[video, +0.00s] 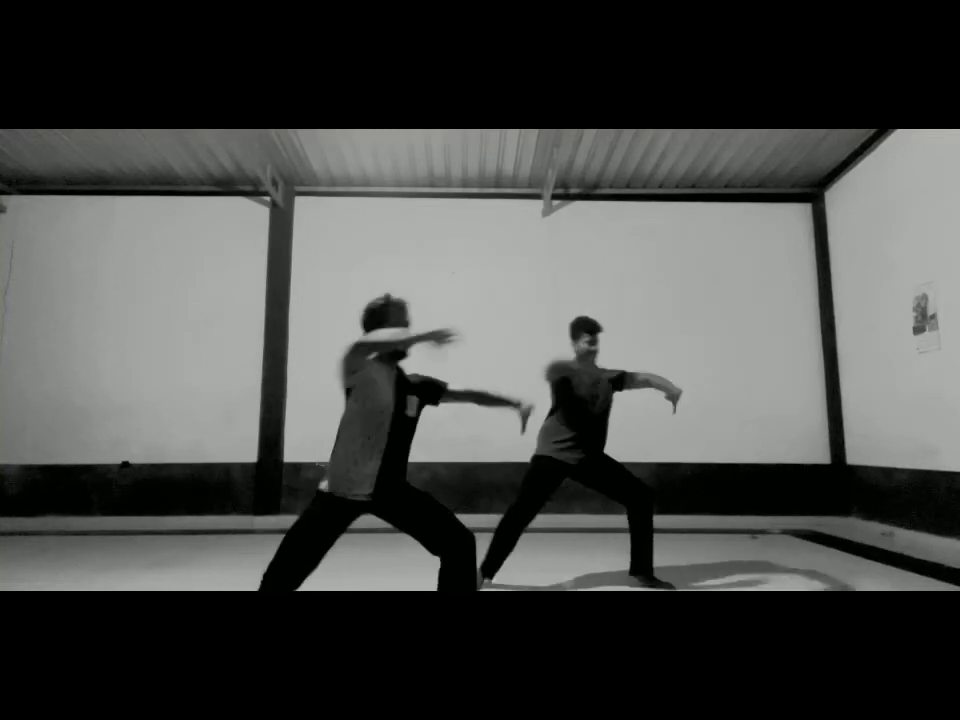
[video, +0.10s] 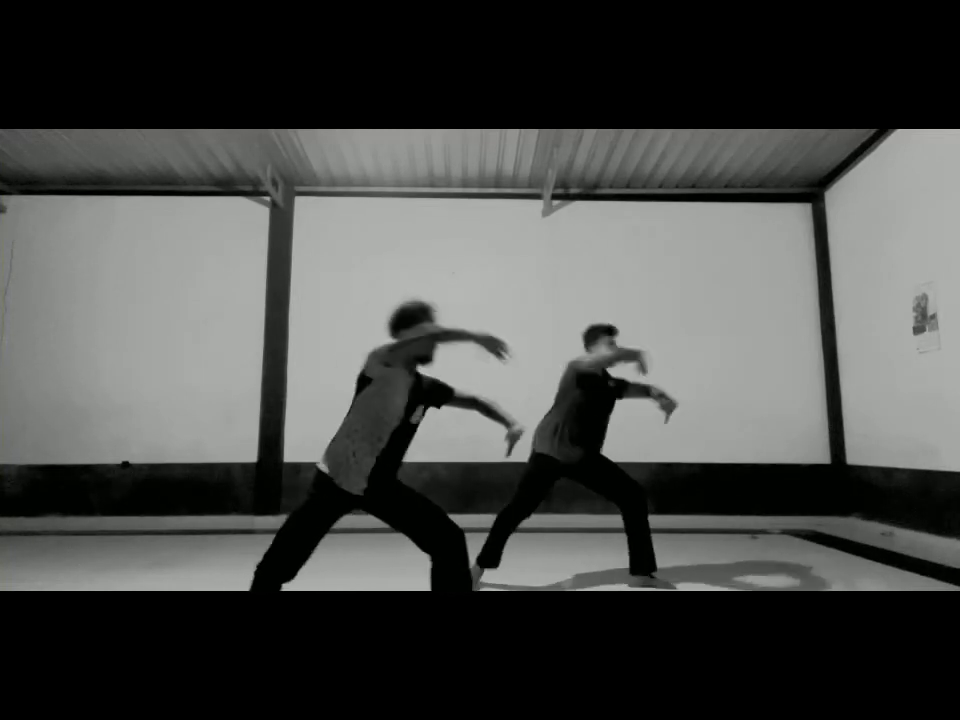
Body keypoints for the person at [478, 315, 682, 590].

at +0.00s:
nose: (592, 342)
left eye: (595, 337)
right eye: (585, 338)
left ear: (599, 341)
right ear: (574, 342)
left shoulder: (607, 378)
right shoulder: (564, 370)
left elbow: (646, 378)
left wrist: (672, 390)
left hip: (589, 457)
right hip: (553, 455)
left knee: (640, 497)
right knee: (522, 511)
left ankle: (642, 572)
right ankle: (485, 574)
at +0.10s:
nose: (614, 347)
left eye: (614, 343)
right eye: (609, 343)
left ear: (612, 348)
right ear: (592, 346)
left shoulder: (611, 385)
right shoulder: (577, 368)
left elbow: (644, 389)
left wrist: (661, 396)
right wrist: (635, 356)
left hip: (583, 456)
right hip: (551, 451)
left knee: (632, 496)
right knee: (520, 507)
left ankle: (642, 572)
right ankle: (480, 566)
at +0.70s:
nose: (563, 346)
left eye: (566, 341)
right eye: (557, 342)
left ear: (572, 342)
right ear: (548, 346)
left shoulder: (595, 372)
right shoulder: (542, 379)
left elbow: (635, 362)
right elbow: (512, 390)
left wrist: (643, 371)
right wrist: (544, 385)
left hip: (592, 457)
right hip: (551, 459)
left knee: (642, 500)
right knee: (516, 513)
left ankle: (639, 573)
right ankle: (480, 574)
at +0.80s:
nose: (579, 346)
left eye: (583, 340)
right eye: (573, 341)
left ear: (590, 341)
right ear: (565, 344)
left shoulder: (607, 372)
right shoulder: (551, 374)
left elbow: (649, 360)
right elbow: (510, 370)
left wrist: (638, 368)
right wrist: (541, 371)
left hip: (592, 456)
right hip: (551, 454)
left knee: (643, 502)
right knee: (503, 501)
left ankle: (641, 576)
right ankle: (488, 561)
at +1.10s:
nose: (565, 346)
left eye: (571, 342)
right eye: (560, 341)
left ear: (578, 344)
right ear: (553, 343)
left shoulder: (594, 378)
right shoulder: (537, 376)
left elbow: (632, 380)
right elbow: (498, 380)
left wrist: (632, 390)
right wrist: (495, 384)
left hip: (583, 458)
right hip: (539, 458)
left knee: (635, 506)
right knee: (493, 501)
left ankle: (639, 575)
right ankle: (477, 572)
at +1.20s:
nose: (554, 343)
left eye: (559, 338)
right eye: (549, 338)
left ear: (566, 342)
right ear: (541, 339)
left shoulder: (580, 374)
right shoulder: (523, 374)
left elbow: (625, 373)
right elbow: (486, 374)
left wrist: (619, 387)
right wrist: (495, 382)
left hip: (575, 456)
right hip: (531, 458)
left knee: (633, 494)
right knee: (487, 503)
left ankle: (639, 562)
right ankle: (477, 573)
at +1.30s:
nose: (546, 344)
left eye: (552, 339)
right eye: (541, 339)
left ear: (560, 343)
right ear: (533, 341)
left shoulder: (574, 371)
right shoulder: (517, 374)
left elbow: (620, 366)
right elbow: (480, 374)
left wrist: (618, 391)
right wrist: (488, 382)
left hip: (574, 451)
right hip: (532, 456)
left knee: (637, 479)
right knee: (489, 502)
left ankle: (639, 551)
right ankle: (477, 576)